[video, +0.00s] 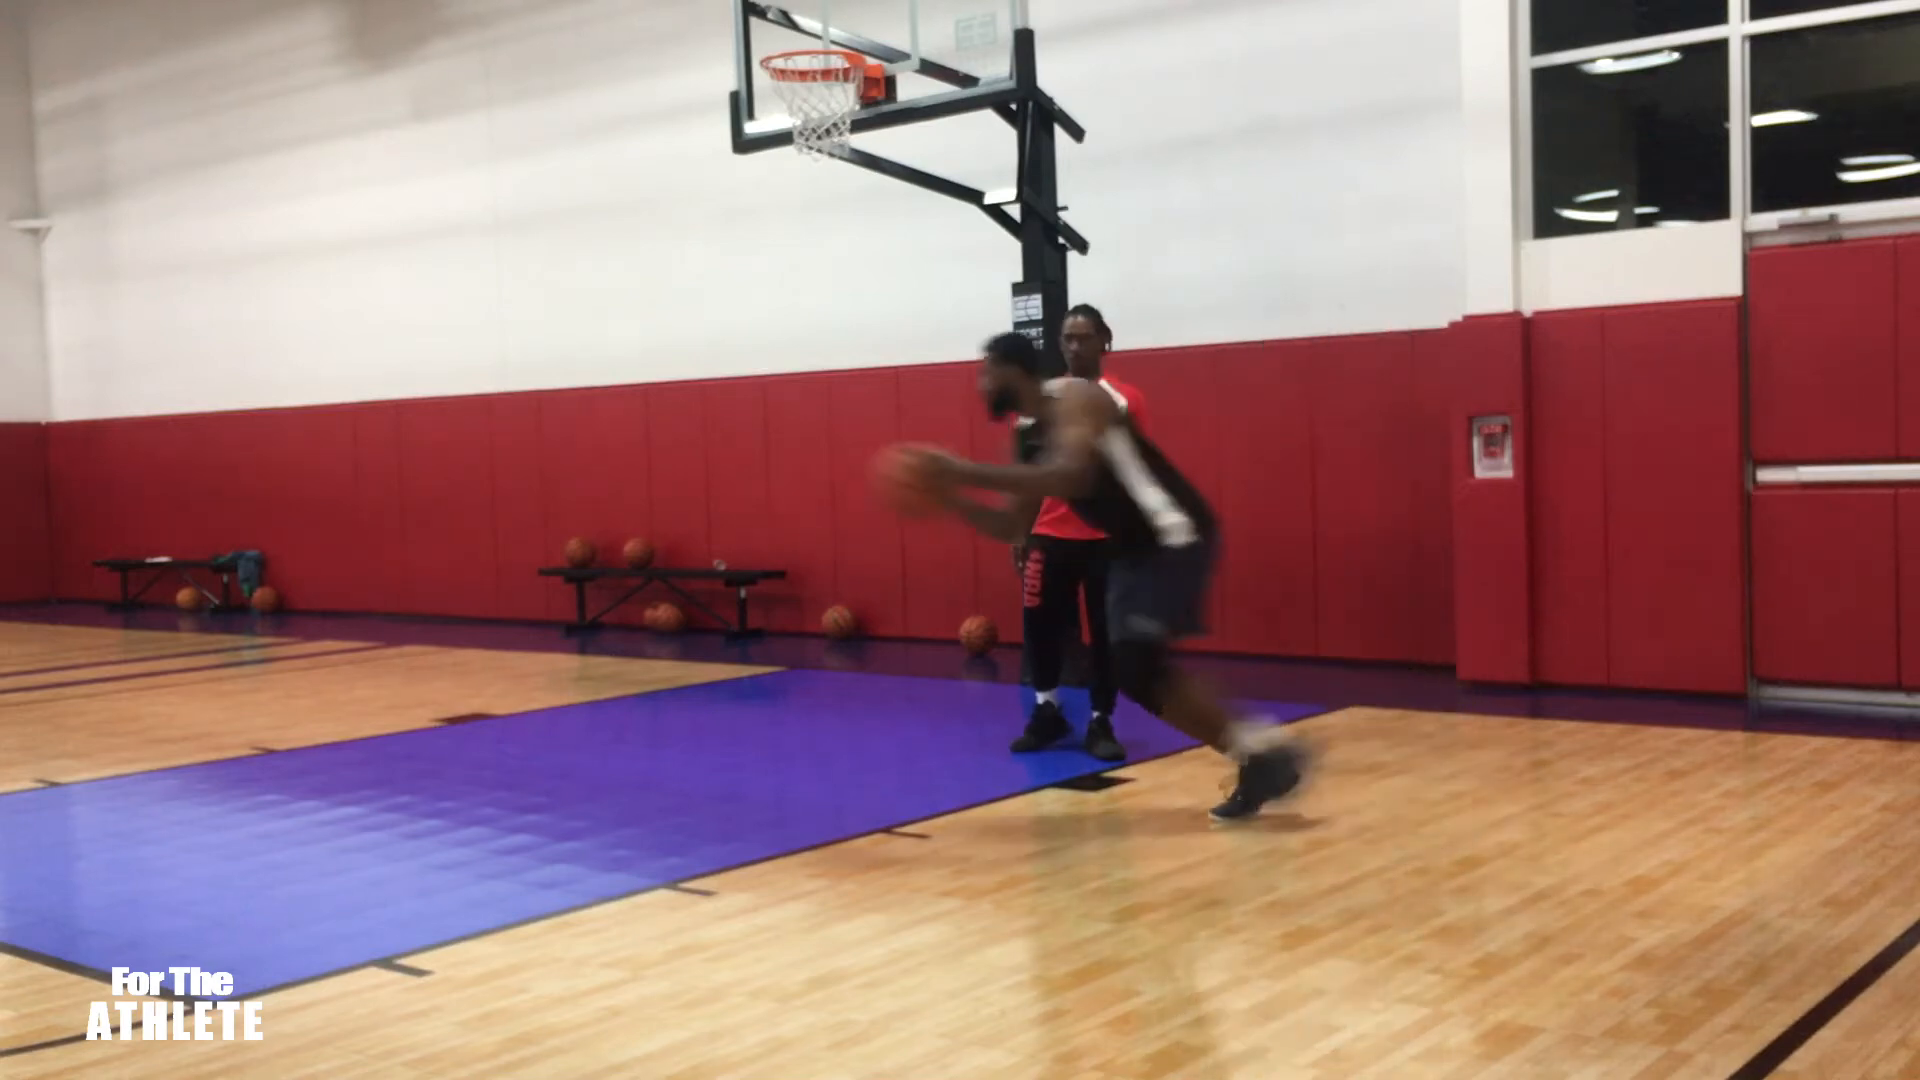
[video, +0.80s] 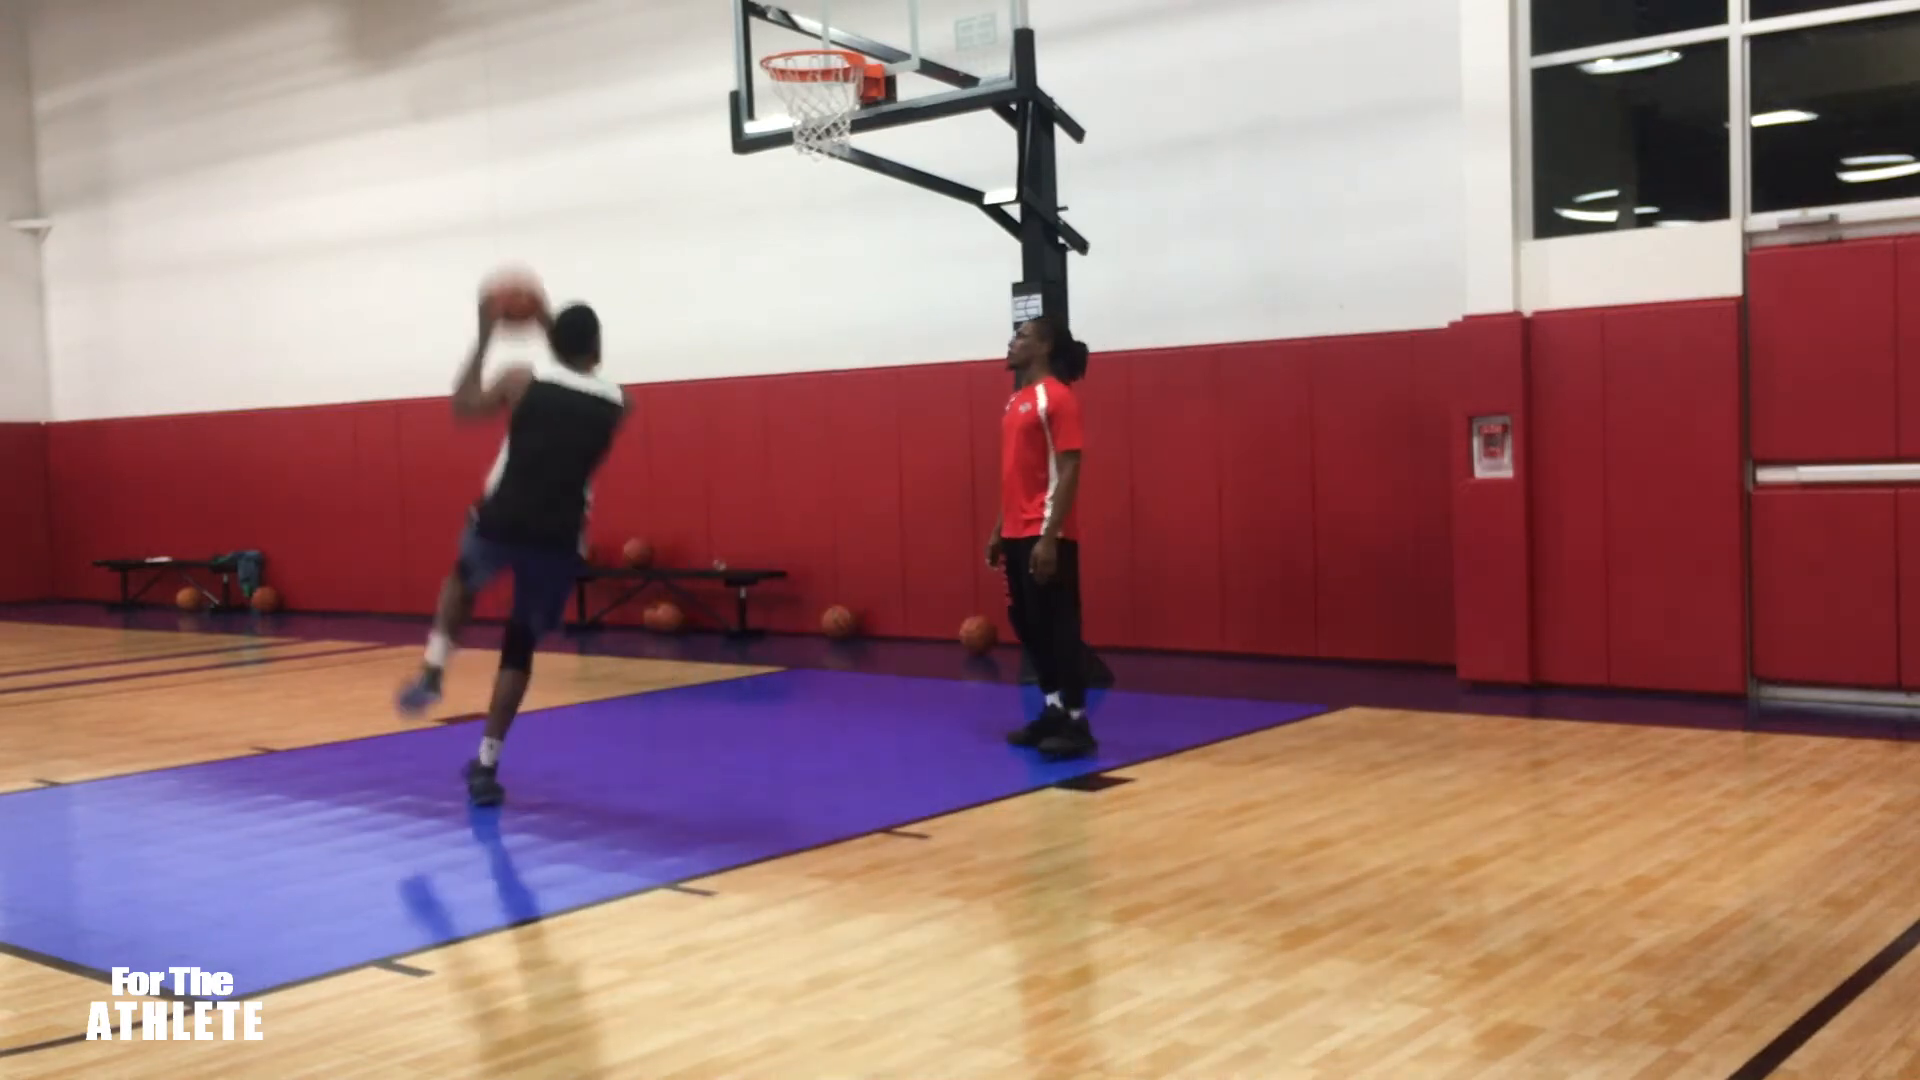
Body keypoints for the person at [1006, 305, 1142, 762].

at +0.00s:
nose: (1075, 347)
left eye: (1085, 338)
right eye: (1068, 338)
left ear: (1105, 343)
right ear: (1059, 345)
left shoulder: (1121, 399)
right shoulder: (1042, 400)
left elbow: (1124, 468)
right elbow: (1028, 472)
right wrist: (1021, 532)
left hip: (1104, 533)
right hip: (1051, 529)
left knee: (1106, 627)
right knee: (1042, 618)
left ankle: (1102, 719)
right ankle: (1045, 710)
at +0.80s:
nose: (1013, 342)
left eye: (1023, 337)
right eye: (1015, 335)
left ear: (1045, 348)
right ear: (1024, 346)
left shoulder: (1057, 397)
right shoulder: (1016, 400)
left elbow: (1068, 470)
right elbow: (1017, 474)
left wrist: (1049, 536)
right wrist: (1000, 531)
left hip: (1047, 536)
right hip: (1019, 536)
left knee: (1056, 627)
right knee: (1027, 624)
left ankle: (1075, 718)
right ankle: (1052, 708)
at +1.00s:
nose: (1005, 340)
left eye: (1015, 336)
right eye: (1008, 334)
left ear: (1035, 349)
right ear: (1022, 348)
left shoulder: (1039, 394)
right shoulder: (1016, 395)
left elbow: (1046, 465)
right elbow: (1014, 471)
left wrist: (1022, 533)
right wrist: (1000, 530)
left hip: (1035, 532)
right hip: (1021, 530)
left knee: (1018, 621)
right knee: (1031, 621)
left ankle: (1029, 715)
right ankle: (1057, 709)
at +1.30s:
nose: (985, 337)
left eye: (995, 335)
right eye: (990, 331)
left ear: (1009, 352)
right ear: (1004, 352)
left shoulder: (1007, 394)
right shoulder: (998, 394)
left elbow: (1012, 467)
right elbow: (1004, 466)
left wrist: (989, 536)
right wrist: (987, 528)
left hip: (1010, 534)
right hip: (1013, 532)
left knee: (984, 626)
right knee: (1031, 621)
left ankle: (962, 714)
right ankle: (1059, 710)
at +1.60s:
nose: (949, 339)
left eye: (958, 337)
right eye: (954, 334)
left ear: (970, 352)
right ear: (977, 356)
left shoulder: (965, 397)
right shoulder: (972, 395)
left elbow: (966, 470)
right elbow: (974, 468)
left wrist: (945, 538)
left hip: (970, 533)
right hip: (979, 531)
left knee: (960, 620)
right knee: (974, 617)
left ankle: (956, 717)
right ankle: (1037, 694)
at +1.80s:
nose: (929, 341)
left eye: (938, 337)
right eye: (935, 335)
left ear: (949, 353)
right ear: (957, 358)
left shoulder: (942, 396)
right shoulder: (953, 395)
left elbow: (937, 467)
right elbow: (951, 466)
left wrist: (905, 534)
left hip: (952, 521)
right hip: (956, 519)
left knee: (946, 615)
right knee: (928, 607)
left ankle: (956, 716)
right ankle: (987, 685)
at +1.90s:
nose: (918, 345)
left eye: (925, 340)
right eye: (922, 339)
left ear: (937, 353)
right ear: (946, 357)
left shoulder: (931, 396)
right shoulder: (946, 396)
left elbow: (924, 466)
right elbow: (938, 464)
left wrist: (885, 532)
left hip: (941, 520)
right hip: (951, 518)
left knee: (922, 606)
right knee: (941, 610)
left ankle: (955, 713)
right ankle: (955, 708)